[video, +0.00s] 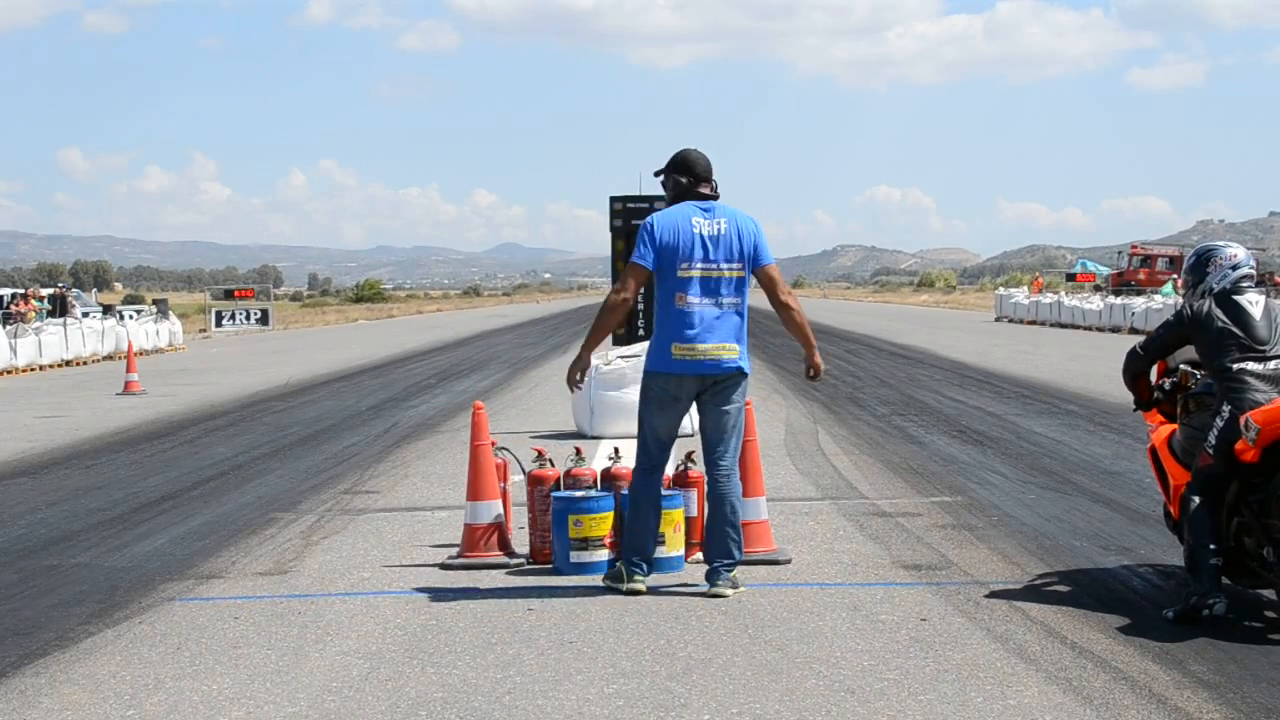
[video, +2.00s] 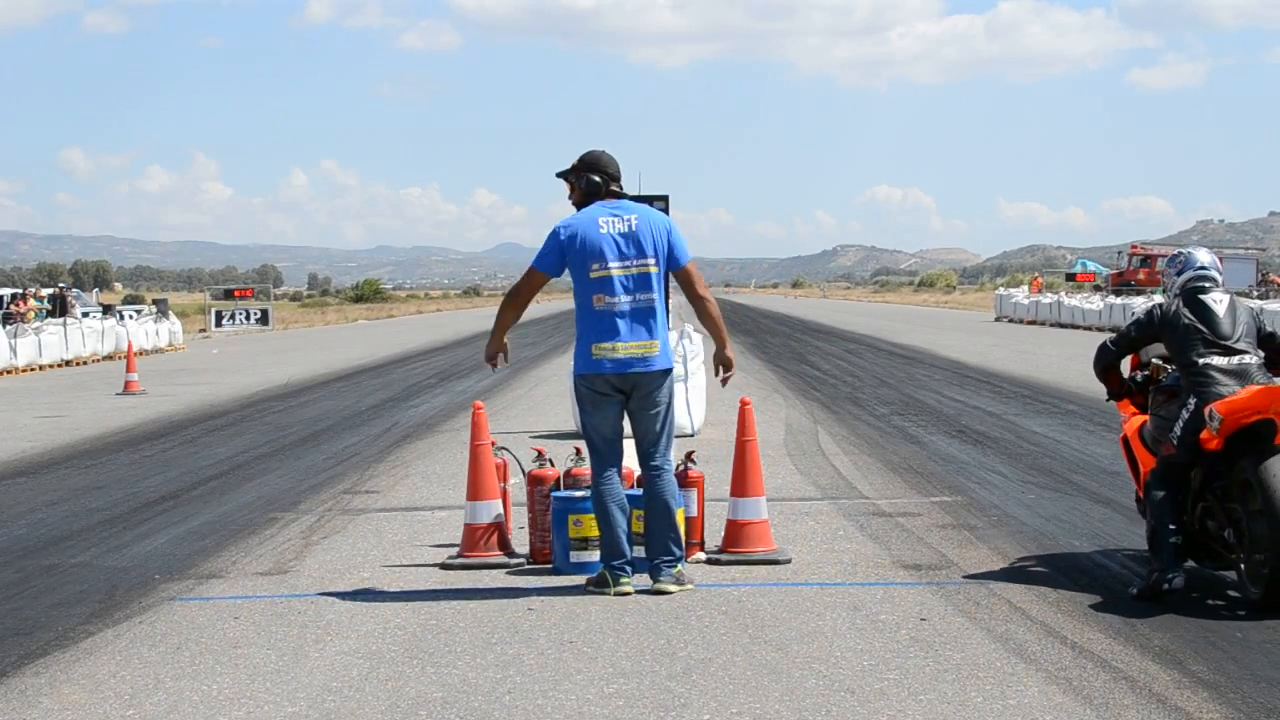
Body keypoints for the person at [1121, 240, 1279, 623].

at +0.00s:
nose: (1186, 287)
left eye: (1189, 280)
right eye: (1186, 280)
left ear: (1203, 277)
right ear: (1244, 269)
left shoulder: (1198, 309)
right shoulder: (1271, 304)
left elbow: (1136, 359)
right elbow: (1257, 353)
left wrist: (1148, 399)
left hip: (1243, 403)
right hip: (1279, 398)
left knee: (1199, 492)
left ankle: (1205, 591)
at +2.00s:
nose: (1167, 282)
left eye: (1169, 275)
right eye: (1169, 275)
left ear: (1176, 275)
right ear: (1217, 274)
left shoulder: (1166, 310)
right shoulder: (1247, 308)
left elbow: (1105, 355)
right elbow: (1275, 344)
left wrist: (1119, 389)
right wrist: (1267, 369)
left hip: (1209, 401)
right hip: (1261, 392)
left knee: (1162, 480)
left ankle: (1165, 570)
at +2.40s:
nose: (1163, 283)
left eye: (1164, 277)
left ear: (1169, 278)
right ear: (1213, 276)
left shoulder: (1158, 312)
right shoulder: (1238, 310)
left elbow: (1101, 354)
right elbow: (1271, 344)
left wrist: (1109, 380)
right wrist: (1253, 370)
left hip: (1199, 399)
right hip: (1251, 391)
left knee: (1158, 477)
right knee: (1267, 464)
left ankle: (1164, 559)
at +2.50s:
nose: (1162, 286)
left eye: (1164, 280)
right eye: (1163, 280)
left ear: (1172, 279)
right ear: (1212, 276)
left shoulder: (1162, 311)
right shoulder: (1241, 311)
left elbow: (1107, 351)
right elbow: (1250, 350)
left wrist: (1111, 380)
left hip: (1199, 402)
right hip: (1244, 400)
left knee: (1149, 478)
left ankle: (1165, 546)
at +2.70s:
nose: (1160, 289)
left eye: (1160, 282)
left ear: (1166, 282)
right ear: (1198, 280)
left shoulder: (1157, 314)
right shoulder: (1222, 312)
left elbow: (1104, 353)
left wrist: (1116, 386)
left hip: (1169, 425)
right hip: (1223, 419)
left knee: (1144, 482)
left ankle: (1155, 559)